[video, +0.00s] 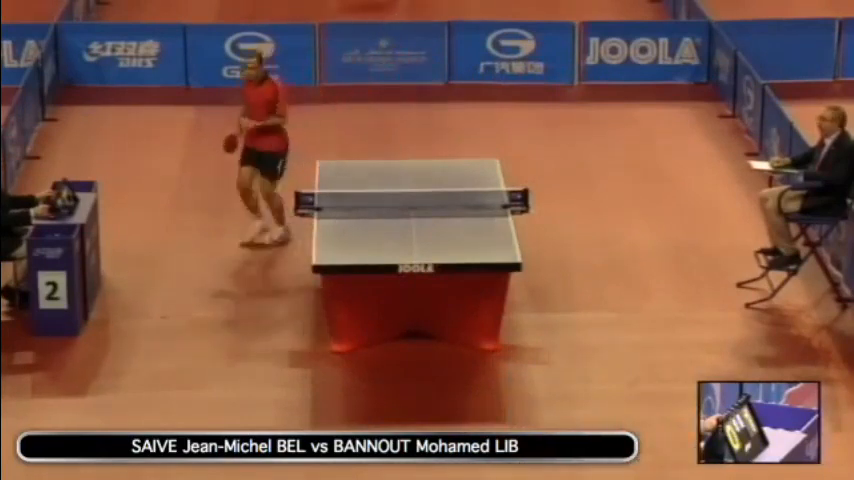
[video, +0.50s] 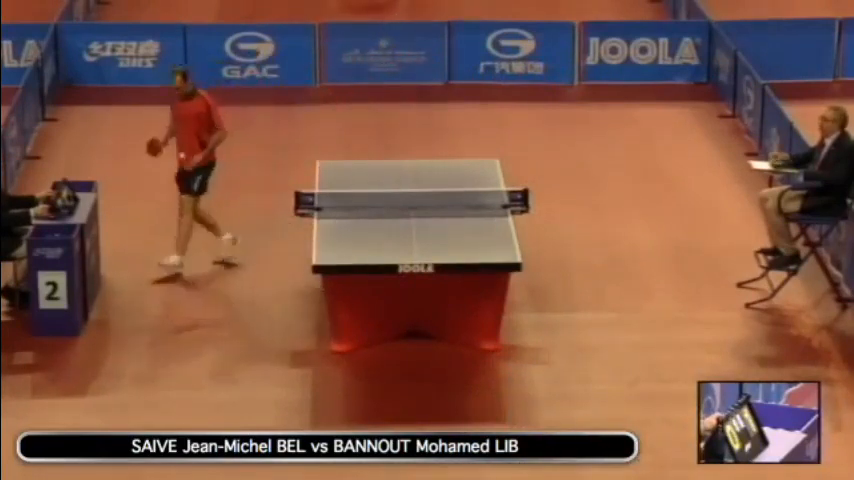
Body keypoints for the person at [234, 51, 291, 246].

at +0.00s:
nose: (249, 72)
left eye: (253, 68)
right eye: (247, 68)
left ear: (262, 69)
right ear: (246, 70)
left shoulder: (276, 88)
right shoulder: (249, 87)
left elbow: (281, 119)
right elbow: (246, 112)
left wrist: (255, 124)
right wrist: (239, 130)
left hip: (273, 145)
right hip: (253, 143)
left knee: (267, 189)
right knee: (243, 184)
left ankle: (282, 228)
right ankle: (260, 222)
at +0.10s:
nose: (237, 73)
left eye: (240, 69)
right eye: (235, 69)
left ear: (250, 68)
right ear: (234, 70)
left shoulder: (265, 86)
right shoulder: (238, 86)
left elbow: (269, 117)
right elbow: (238, 115)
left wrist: (241, 123)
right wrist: (228, 135)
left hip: (263, 146)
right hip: (242, 146)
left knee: (261, 190)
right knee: (237, 188)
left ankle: (283, 226)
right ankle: (239, 237)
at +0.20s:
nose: (216, 84)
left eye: (219, 80)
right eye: (215, 81)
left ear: (230, 77)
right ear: (215, 81)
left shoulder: (245, 94)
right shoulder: (219, 96)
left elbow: (256, 122)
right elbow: (217, 120)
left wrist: (229, 137)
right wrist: (208, 138)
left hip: (246, 155)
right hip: (225, 156)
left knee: (243, 203)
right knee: (225, 203)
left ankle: (273, 225)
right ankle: (237, 246)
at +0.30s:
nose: (204, 89)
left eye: (207, 85)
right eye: (202, 86)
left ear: (218, 81)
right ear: (202, 85)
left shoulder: (234, 99)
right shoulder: (205, 100)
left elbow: (247, 127)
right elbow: (204, 126)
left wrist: (226, 145)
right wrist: (191, 144)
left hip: (233, 160)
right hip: (214, 161)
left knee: (223, 205)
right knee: (214, 206)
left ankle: (250, 234)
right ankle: (235, 244)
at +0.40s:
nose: (188, 90)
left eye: (191, 85)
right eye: (186, 86)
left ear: (201, 82)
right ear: (184, 85)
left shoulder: (217, 99)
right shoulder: (188, 102)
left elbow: (232, 128)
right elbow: (187, 126)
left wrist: (213, 148)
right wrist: (173, 141)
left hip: (214, 161)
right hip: (197, 162)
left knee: (201, 207)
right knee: (209, 209)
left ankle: (201, 255)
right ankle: (235, 243)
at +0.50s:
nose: (178, 90)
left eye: (180, 86)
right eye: (176, 86)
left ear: (190, 83)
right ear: (176, 85)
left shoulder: (205, 102)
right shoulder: (177, 103)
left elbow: (221, 132)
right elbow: (174, 127)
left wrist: (203, 155)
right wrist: (162, 141)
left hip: (202, 162)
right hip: (184, 162)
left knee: (187, 205)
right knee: (192, 210)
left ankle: (178, 256)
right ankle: (224, 237)